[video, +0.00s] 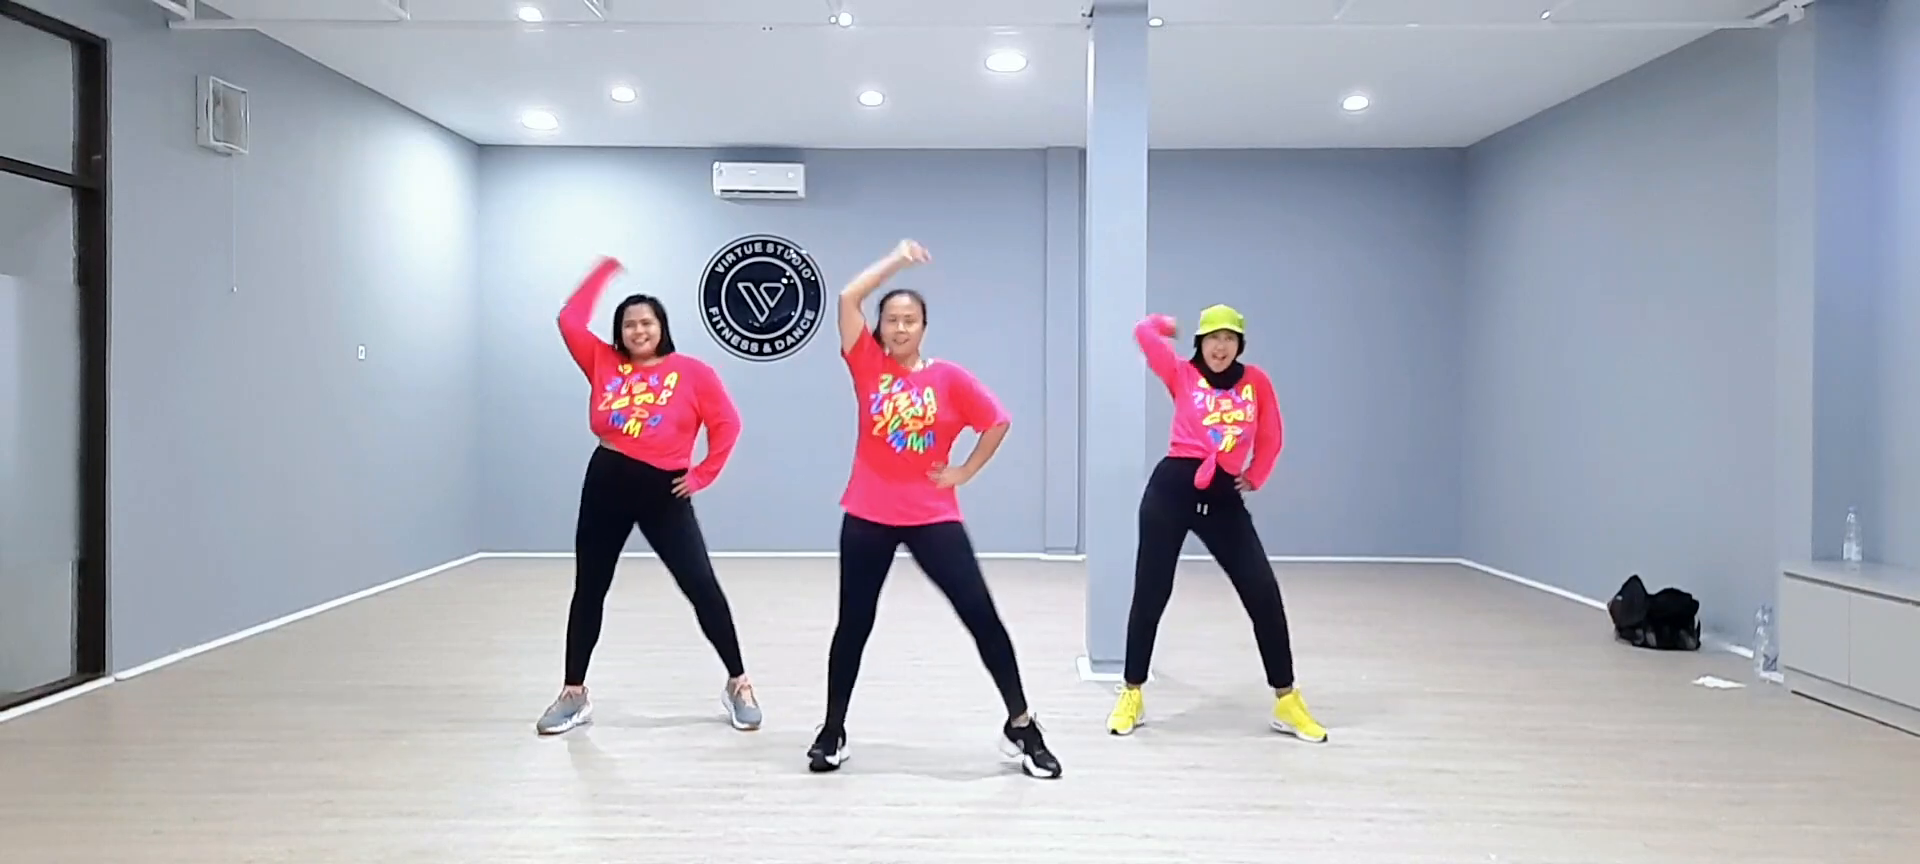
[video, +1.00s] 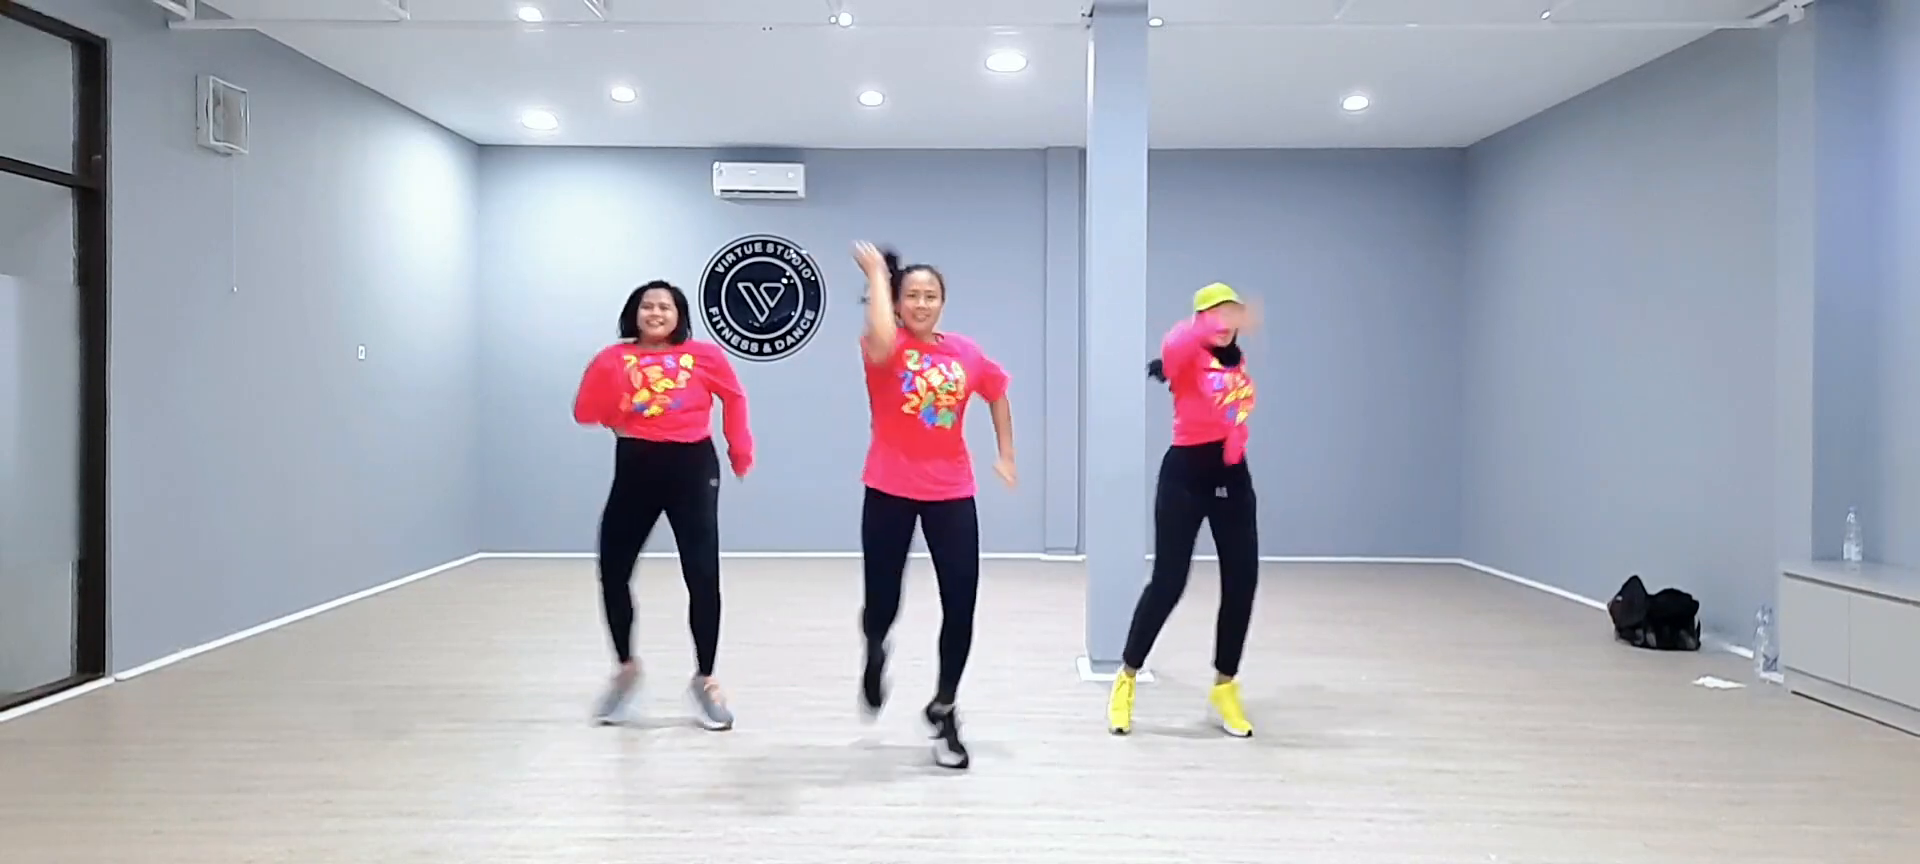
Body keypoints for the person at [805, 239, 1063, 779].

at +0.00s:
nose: (900, 327)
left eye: (910, 320)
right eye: (893, 320)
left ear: (924, 328)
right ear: (880, 328)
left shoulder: (947, 378)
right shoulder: (869, 367)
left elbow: (998, 423)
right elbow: (849, 299)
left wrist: (963, 472)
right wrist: (895, 259)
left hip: (932, 515)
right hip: (868, 513)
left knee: (982, 617)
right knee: (853, 623)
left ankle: (1020, 723)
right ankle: (832, 729)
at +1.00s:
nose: (922, 304)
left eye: (931, 296)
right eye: (913, 296)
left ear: (943, 303)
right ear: (897, 302)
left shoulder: (964, 352)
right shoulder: (882, 348)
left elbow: (998, 393)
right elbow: (881, 334)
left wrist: (1006, 454)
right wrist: (877, 273)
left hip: (950, 492)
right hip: (889, 489)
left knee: (960, 604)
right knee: (881, 602)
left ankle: (943, 705)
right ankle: (874, 658)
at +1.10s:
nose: (942, 323)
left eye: (948, 315)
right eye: (932, 315)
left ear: (955, 324)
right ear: (909, 323)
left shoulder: (970, 381)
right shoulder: (891, 371)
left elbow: (991, 446)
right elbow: (898, 428)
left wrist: (1013, 500)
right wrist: (928, 379)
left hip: (960, 523)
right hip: (902, 521)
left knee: (955, 631)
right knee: (908, 637)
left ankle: (935, 723)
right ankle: (893, 613)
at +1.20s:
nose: (944, 328)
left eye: (953, 321)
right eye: (934, 320)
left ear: (963, 328)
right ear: (917, 327)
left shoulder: (974, 389)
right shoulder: (898, 379)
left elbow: (986, 457)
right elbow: (894, 445)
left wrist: (997, 511)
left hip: (964, 524)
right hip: (909, 521)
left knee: (961, 628)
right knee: (934, 617)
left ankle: (936, 721)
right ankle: (898, 641)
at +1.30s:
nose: (946, 310)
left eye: (955, 302)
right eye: (937, 303)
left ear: (968, 309)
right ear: (921, 310)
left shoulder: (978, 367)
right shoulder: (902, 364)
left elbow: (992, 425)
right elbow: (871, 429)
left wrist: (988, 446)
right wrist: (926, 464)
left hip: (964, 502)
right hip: (913, 500)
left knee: (964, 613)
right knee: (942, 601)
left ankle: (941, 712)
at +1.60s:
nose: (972, 334)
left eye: (973, 326)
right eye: (961, 326)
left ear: (967, 337)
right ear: (929, 336)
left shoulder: (962, 393)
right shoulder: (920, 394)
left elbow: (952, 458)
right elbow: (909, 467)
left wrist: (984, 476)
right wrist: (963, 512)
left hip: (940, 531)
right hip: (910, 536)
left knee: (973, 638)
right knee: (956, 646)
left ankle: (932, 725)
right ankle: (909, 784)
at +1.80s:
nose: (966, 309)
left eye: (963, 300)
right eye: (964, 300)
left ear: (917, 305)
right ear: (953, 302)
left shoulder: (892, 351)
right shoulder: (962, 354)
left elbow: (851, 390)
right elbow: (1001, 421)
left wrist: (883, 431)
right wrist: (1001, 367)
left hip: (887, 504)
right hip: (939, 504)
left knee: (933, 604)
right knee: (963, 617)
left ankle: (917, 724)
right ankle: (929, 745)